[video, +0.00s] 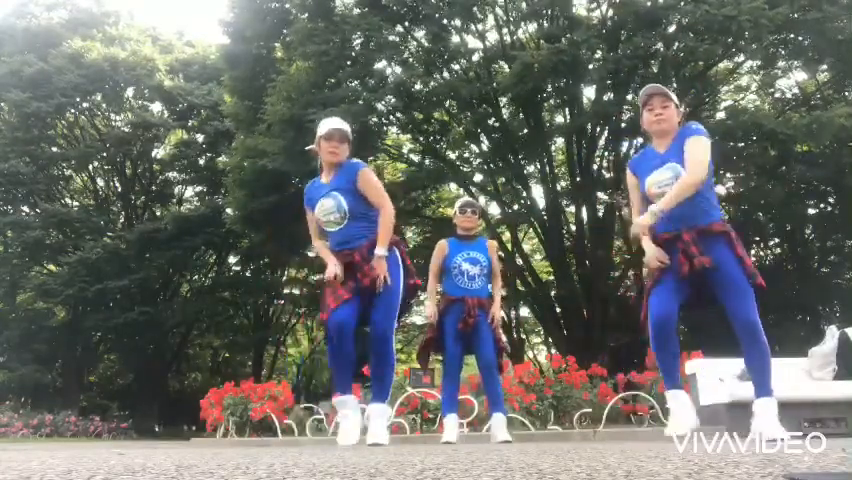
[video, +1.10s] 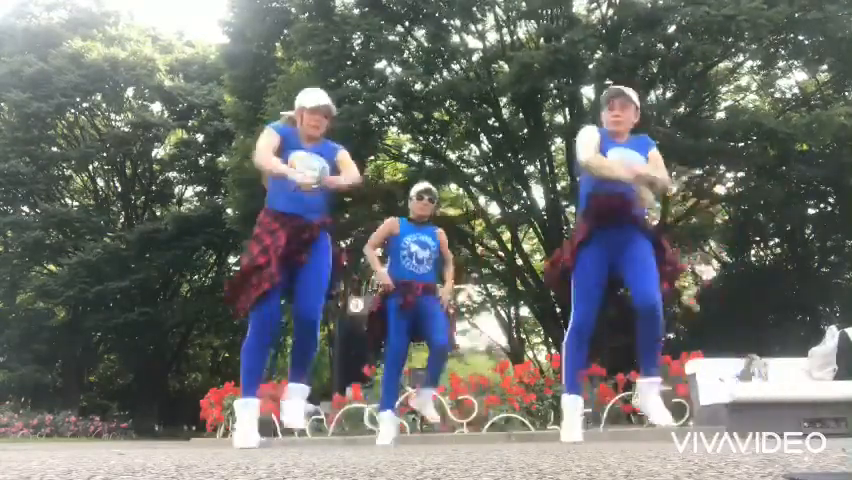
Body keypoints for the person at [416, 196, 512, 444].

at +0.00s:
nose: (468, 216)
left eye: (473, 213)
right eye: (463, 213)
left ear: (479, 219)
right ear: (455, 217)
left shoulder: (489, 246)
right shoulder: (444, 245)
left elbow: (496, 277)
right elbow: (433, 276)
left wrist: (497, 303)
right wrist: (431, 302)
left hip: (482, 306)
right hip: (454, 306)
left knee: (488, 361)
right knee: (452, 362)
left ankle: (498, 420)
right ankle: (449, 420)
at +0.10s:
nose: (470, 215)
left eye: (475, 211)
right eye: (465, 211)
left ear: (480, 218)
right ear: (456, 217)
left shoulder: (489, 243)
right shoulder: (446, 244)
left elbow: (504, 270)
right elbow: (437, 276)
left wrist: (492, 294)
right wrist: (436, 300)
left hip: (483, 306)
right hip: (455, 306)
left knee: (488, 362)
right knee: (454, 363)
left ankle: (498, 419)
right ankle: (448, 418)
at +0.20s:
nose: (469, 217)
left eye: (473, 214)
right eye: (464, 213)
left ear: (479, 219)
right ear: (455, 217)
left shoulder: (487, 242)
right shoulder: (444, 246)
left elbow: (501, 257)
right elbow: (436, 278)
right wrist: (439, 302)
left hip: (483, 307)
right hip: (454, 307)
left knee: (490, 362)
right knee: (449, 358)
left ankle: (498, 419)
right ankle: (440, 415)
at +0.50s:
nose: (455, 216)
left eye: (460, 212)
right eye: (451, 212)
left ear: (467, 216)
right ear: (444, 215)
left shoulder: (476, 243)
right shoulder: (431, 244)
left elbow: (486, 273)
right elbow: (417, 272)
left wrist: (491, 293)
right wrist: (419, 297)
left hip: (468, 305)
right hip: (439, 305)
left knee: (471, 363)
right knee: (436, 364)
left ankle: (480, 420)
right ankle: (431, 421)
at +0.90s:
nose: (429, 224)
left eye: (435, 222)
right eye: (425, 220)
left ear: (440, 228)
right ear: (417, 225)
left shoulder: (445, 253)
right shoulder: (410, 258)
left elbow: (467, 279)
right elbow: (408, 289)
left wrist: (460, 315)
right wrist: (408, 314)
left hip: (447, 321)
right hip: (421, 323)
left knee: (460, 369)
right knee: (400, 360)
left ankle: (481, 419)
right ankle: (397, 418)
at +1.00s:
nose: (425, 212)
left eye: (431, 209)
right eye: (421, 208)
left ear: (436, 216)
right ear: (413, 213)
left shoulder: (441, 240)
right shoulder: (396, 244)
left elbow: (460, 271)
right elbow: (386, 276)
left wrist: (452, 302)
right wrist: (389, 299)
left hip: (434, 309)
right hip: (404, 311)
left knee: (448, 366)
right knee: (388, 363)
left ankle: (473, 417)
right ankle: (395, 424)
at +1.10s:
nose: (423, 203)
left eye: (429, 200)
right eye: (419, 198)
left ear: (434, 206)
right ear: (410, 202)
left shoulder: (438, 234)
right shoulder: (394, 225)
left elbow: (449, 261)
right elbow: (370, 246)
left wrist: (448, 285)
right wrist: (380, 271)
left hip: (429, 294)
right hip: (400, 292)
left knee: (441, 343)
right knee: (396, 353)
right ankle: (387, 417)